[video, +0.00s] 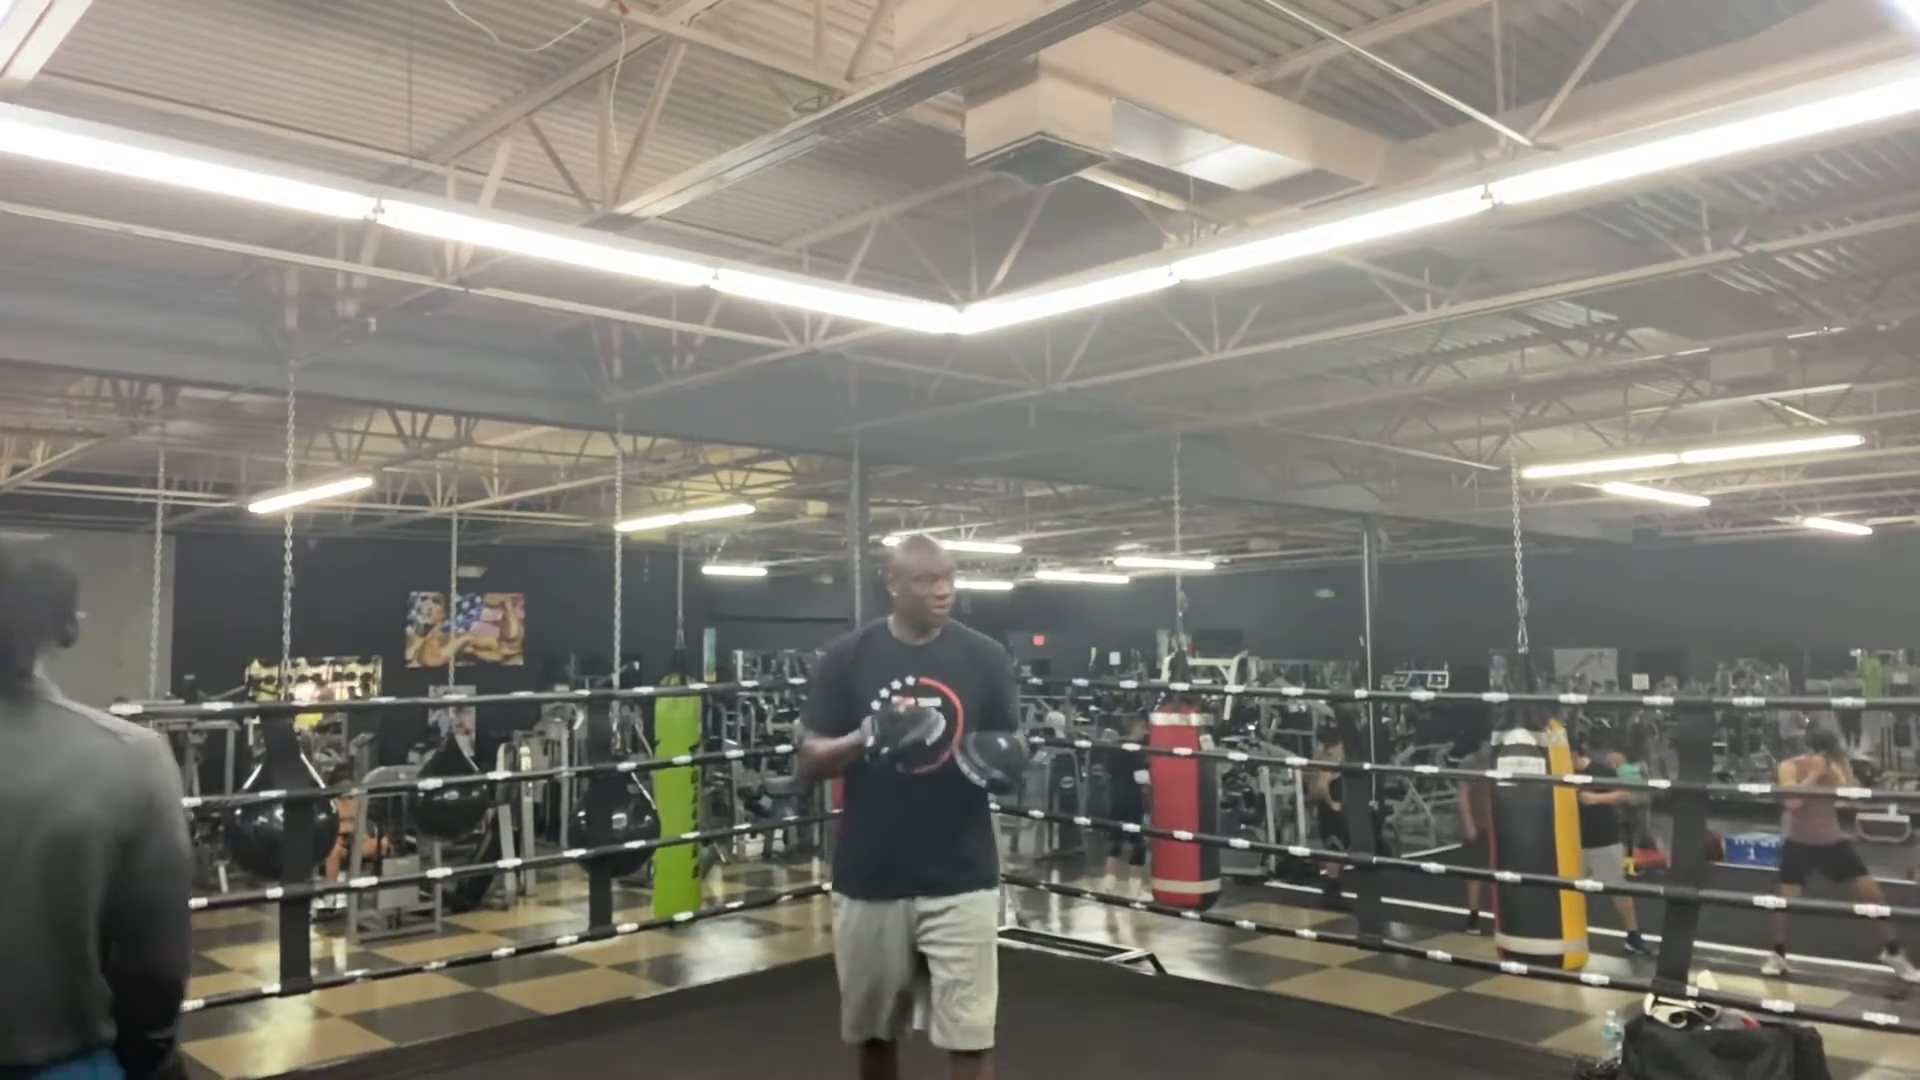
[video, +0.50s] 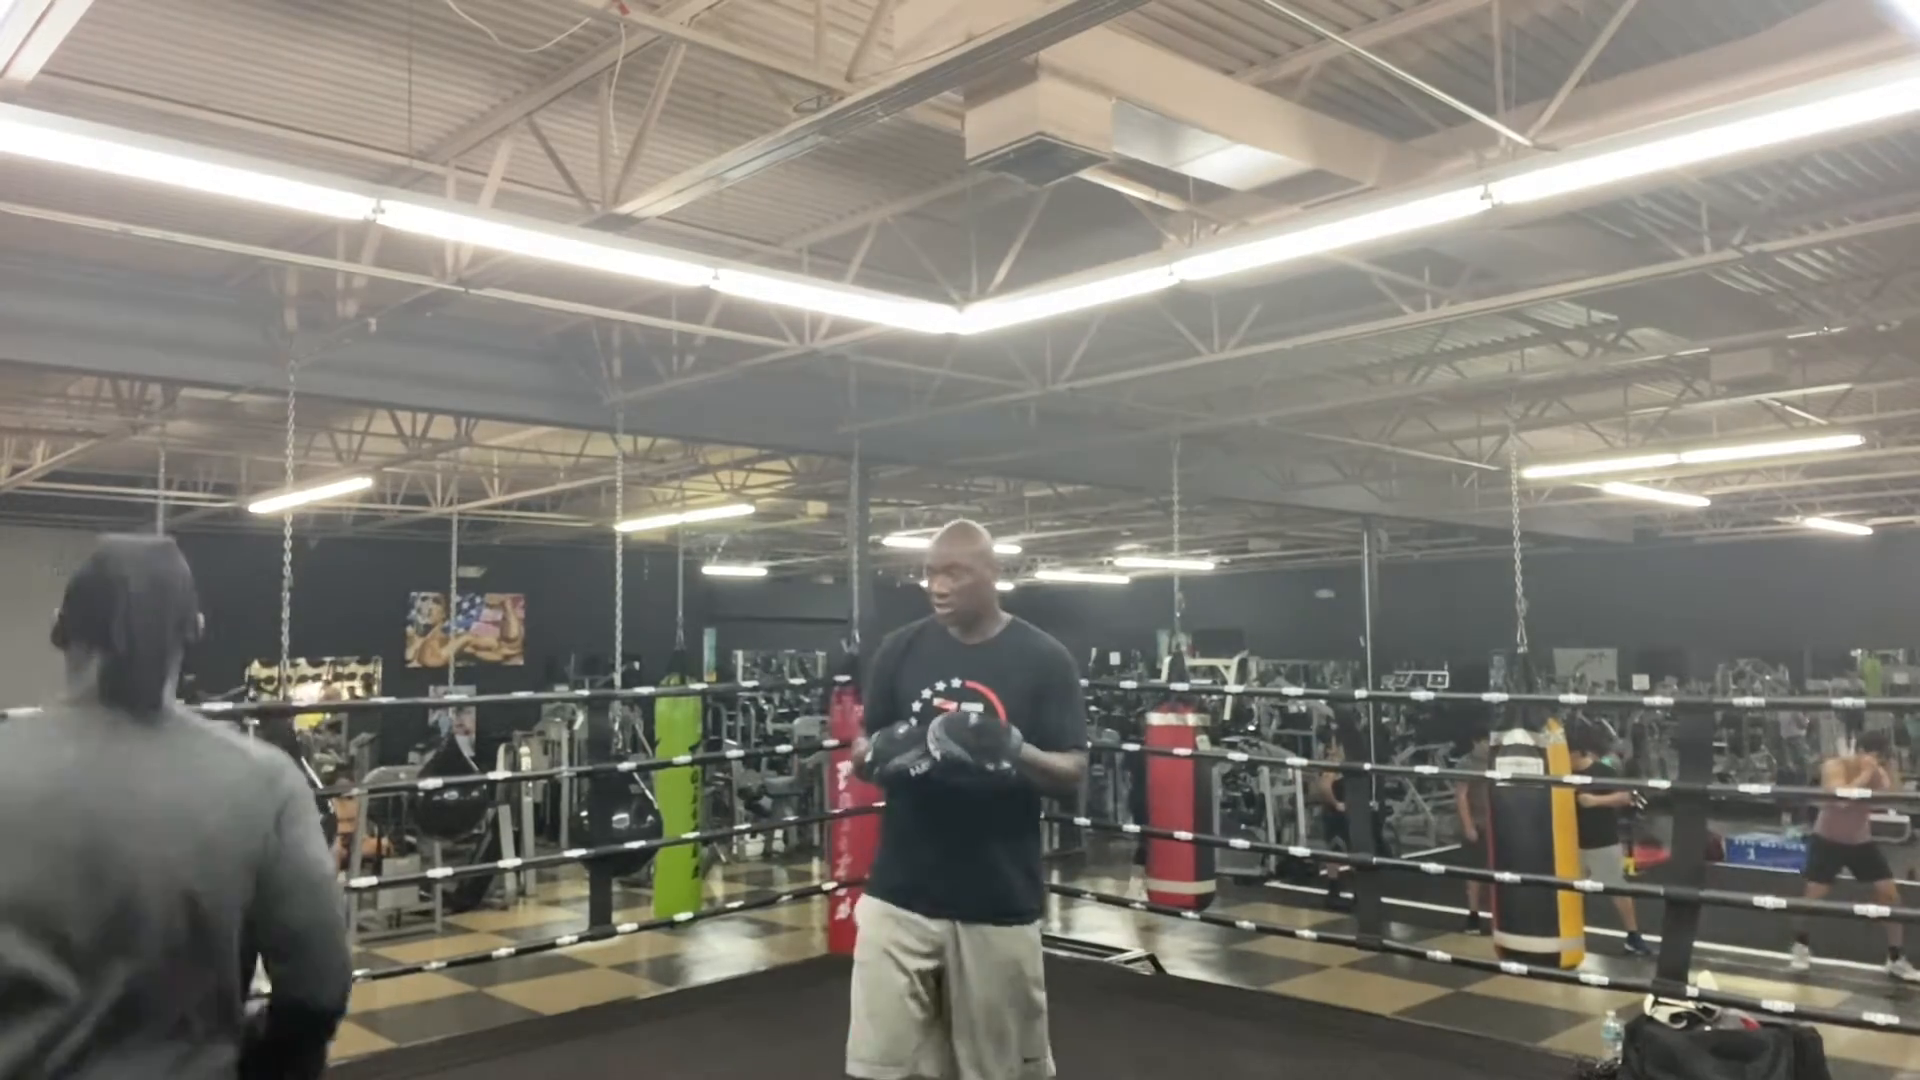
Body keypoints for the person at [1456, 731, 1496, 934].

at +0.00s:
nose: (1492, 750)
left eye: (1493, 746)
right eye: (1489, 746)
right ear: (1482, 746)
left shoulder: (1495, 766)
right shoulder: (1471, 764)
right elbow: (1464, 795)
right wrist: (1470, 825)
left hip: (1495, 827)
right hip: (1479, 828)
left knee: (1493, 872)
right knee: (1475, 871)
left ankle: (1493, 911)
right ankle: (1473, 912)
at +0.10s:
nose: (1490, 748)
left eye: (1492, 744)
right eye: (1487, 743)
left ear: (1494, 746)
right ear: (1478, 743)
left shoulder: (1496, 764)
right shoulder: (1467, 764)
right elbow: (1461, 796)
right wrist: (1468, 825)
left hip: (1496, 826)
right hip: (1477, 827)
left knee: (1495, 872)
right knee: (1474, 871)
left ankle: (1497, 912)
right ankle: (1473, 913)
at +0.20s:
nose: (1487, 748)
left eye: (1489, 743)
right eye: (1483, 743)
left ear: (1492, 745)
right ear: (1475, 744)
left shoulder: (1497, 764)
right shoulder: (1467, 765)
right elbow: (1461, 796)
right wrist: (1467, 828)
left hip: (1497, 827)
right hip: (1478, 828)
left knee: (1495, 872)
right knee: (1474, 872)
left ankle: (1497, 912)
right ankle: (1473, 913)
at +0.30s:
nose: (1488, 748)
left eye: (1489, 743)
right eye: (1484, 743)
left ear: (1490, 745)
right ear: (1475, 744)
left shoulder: (1494, 764)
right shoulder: (1467, 764)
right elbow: (1461, 796)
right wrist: (1467, 826)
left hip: (1494, 825)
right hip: (1476, 826)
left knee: (1493, 871)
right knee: (1474, 871)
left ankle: (1496, 912)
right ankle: (1474, 913)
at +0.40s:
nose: (1487, 748)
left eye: (1488, 743)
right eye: (1483, 743)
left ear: (1490, 745)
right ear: (1474, 745)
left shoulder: (1493, 765)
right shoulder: (1468, 765)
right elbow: (1461, 796)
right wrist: (1468, 826)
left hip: (1494, 826)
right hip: (1477, 827)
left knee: (1493, 872)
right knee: (1474, 871)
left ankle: (1496, 912)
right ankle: (1473, 913)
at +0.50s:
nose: (1487, 747)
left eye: (1488, 742)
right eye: (1483, 743)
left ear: (1491, 744)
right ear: (1474, 744)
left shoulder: (1495, 764)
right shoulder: (1468, 765)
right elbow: (1461, 795)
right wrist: (1468, 825)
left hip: (1495, 823)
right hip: (1478, 824)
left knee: (1493, 870)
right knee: (1474, 869)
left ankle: (1494, 911)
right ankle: (1473, 912)